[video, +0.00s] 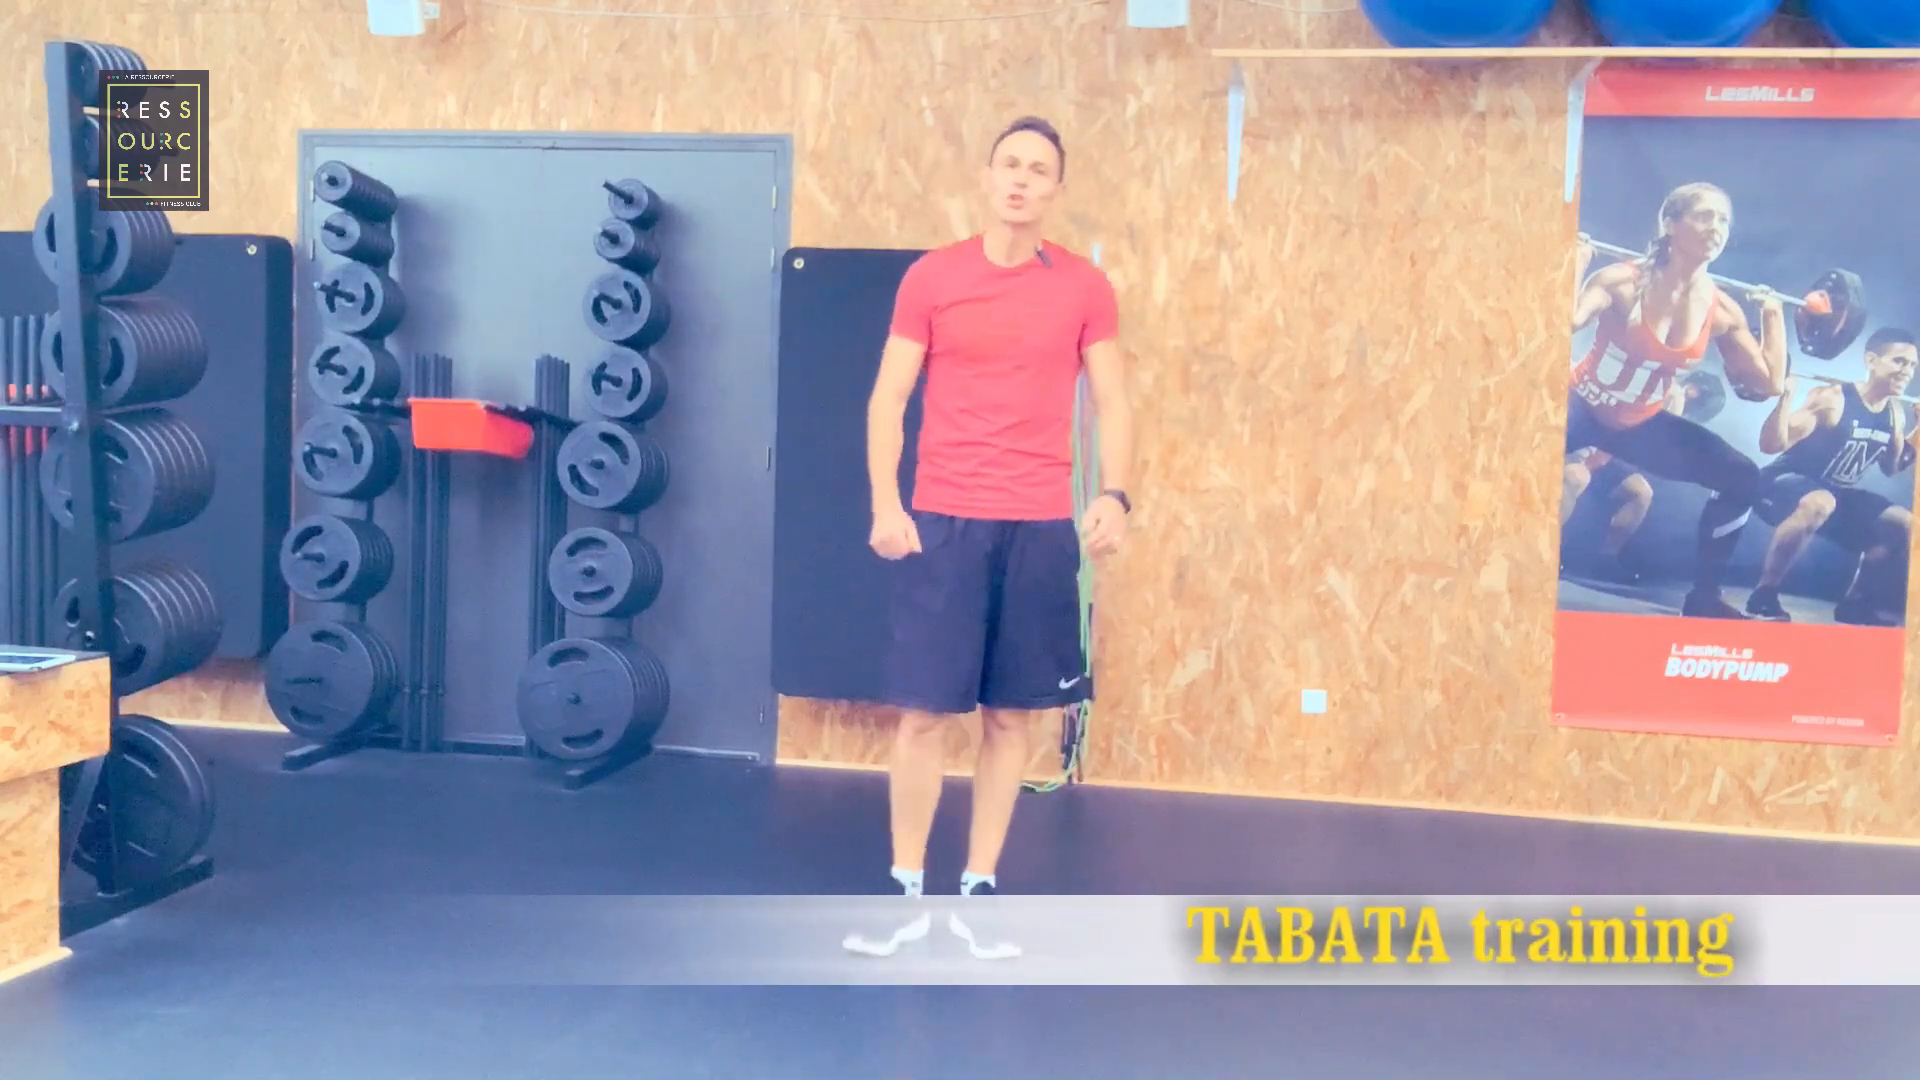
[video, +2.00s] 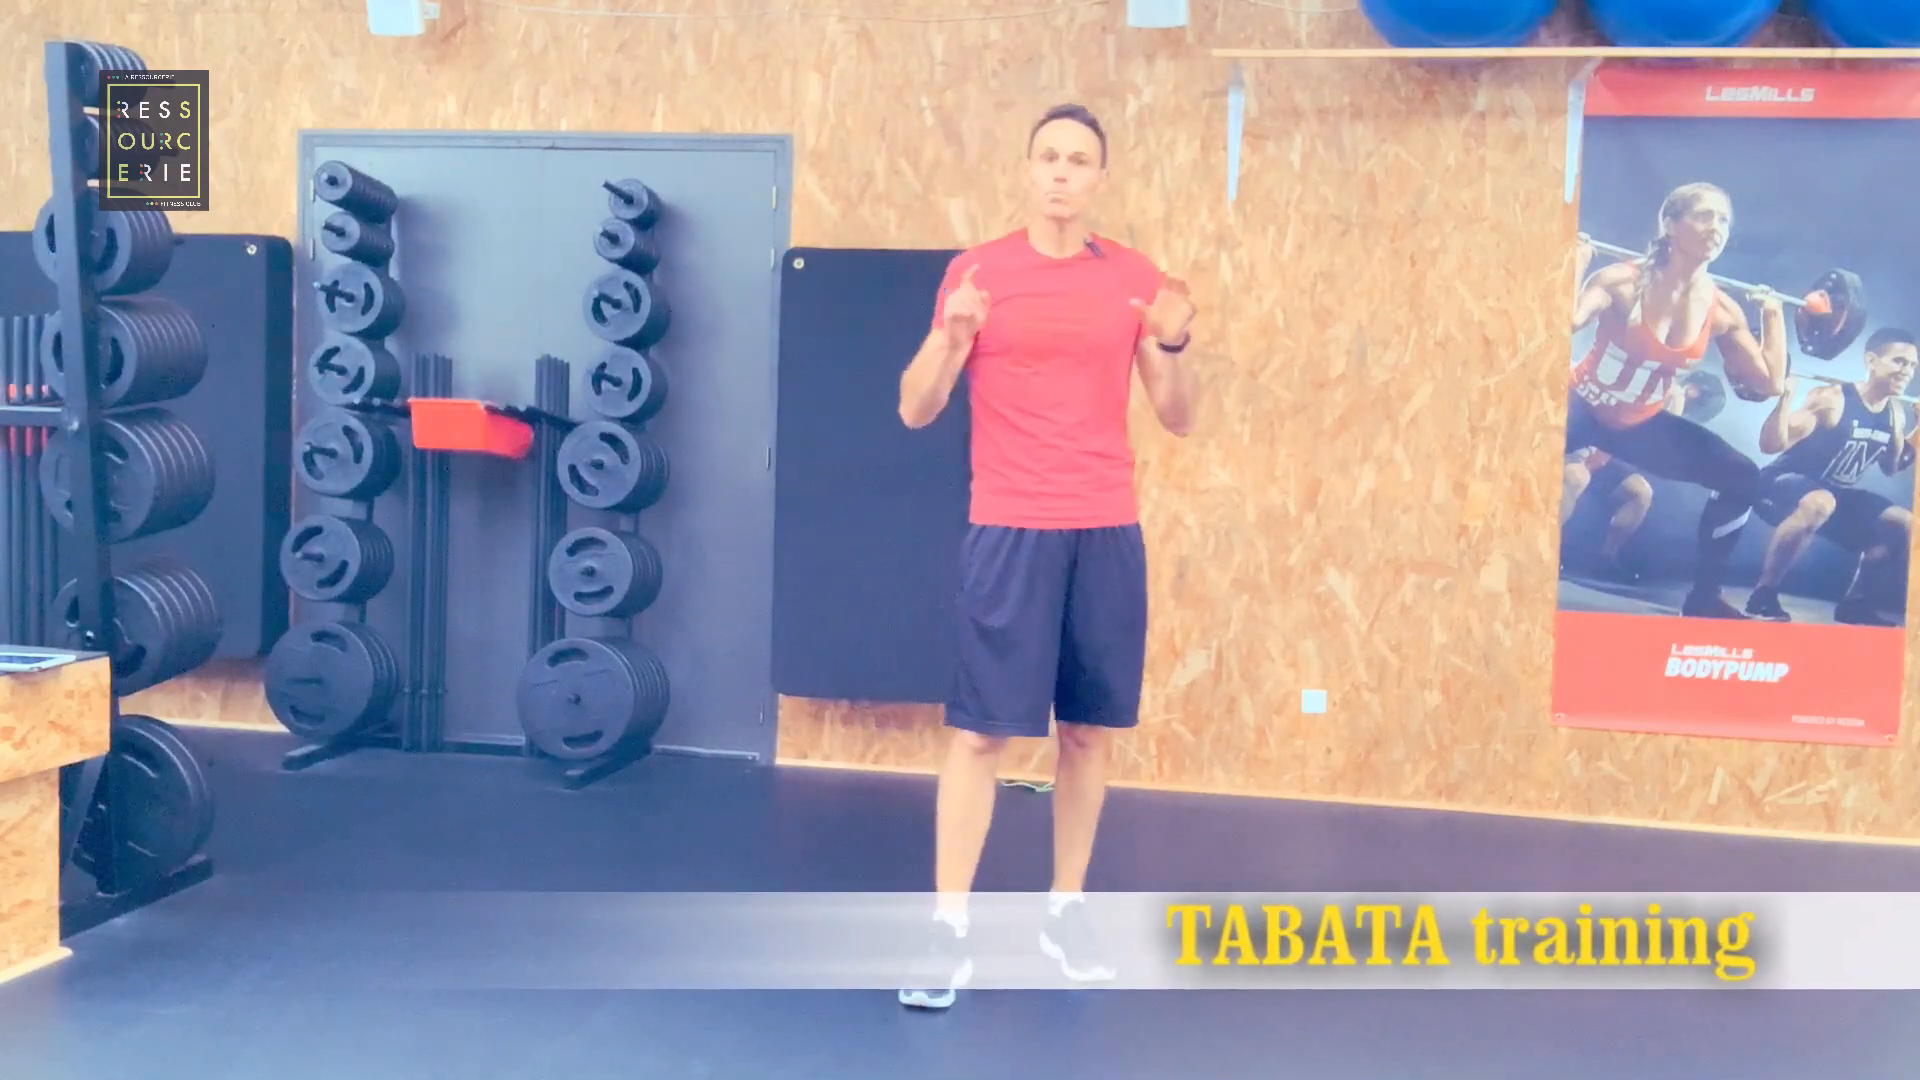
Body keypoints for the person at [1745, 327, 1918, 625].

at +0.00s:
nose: (1906, 371)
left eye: (1911, 365)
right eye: (1899, 361)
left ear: (1914, 371)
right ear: (1871, 361)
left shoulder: (1894, 412)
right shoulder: (1830, 398)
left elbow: (1892, 467)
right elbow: (1769, 444)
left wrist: (1912, 443)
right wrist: (1785, 395)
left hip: (1839, 495)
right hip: (1786, 481)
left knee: (1906, 525)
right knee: (1820, 502)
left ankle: (1854, 604)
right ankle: (1764, 596)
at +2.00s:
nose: (1906, 371)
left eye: (1911, 365)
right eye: (1899, 361)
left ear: (1914, 371)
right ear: (1871, 361)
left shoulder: (1893, 412)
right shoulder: (1831, 398)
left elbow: (1891, 467)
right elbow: (1769, 444)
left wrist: (1910, 446)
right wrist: (1785, 396)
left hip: (1839, 495)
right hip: (1785, 482)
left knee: (1905, 524)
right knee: (1821, 502)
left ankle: (1854, 604)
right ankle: (1763, 596)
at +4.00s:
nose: (1906, 372)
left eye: (1911, 365)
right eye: (1899, 361)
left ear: (1913, 371)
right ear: (1872, 361)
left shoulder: (1894, 411)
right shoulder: (1831, 397)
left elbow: (1890, 466)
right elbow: (1768, 444)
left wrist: (1910, 444)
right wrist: (1784, 398)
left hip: (1838, 494)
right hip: (1785, 481)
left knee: (1904, 524)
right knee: (1821, 502)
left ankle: (1854, 605)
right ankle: (1763, 595)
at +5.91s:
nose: (1906, 372)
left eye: (1911, 365)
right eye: (1899, 361)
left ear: (1913, 371)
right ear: (1872, 361)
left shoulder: (1894, 411)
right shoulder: (1831, 397)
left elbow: (1891, 466)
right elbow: (1769, 444)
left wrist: (1913, 438)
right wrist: (1785, 396)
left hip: (1839, 495)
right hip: (1785, 482)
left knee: (1904, 524)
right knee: (1821, 502)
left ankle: (1855, 604)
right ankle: (1763, 595)